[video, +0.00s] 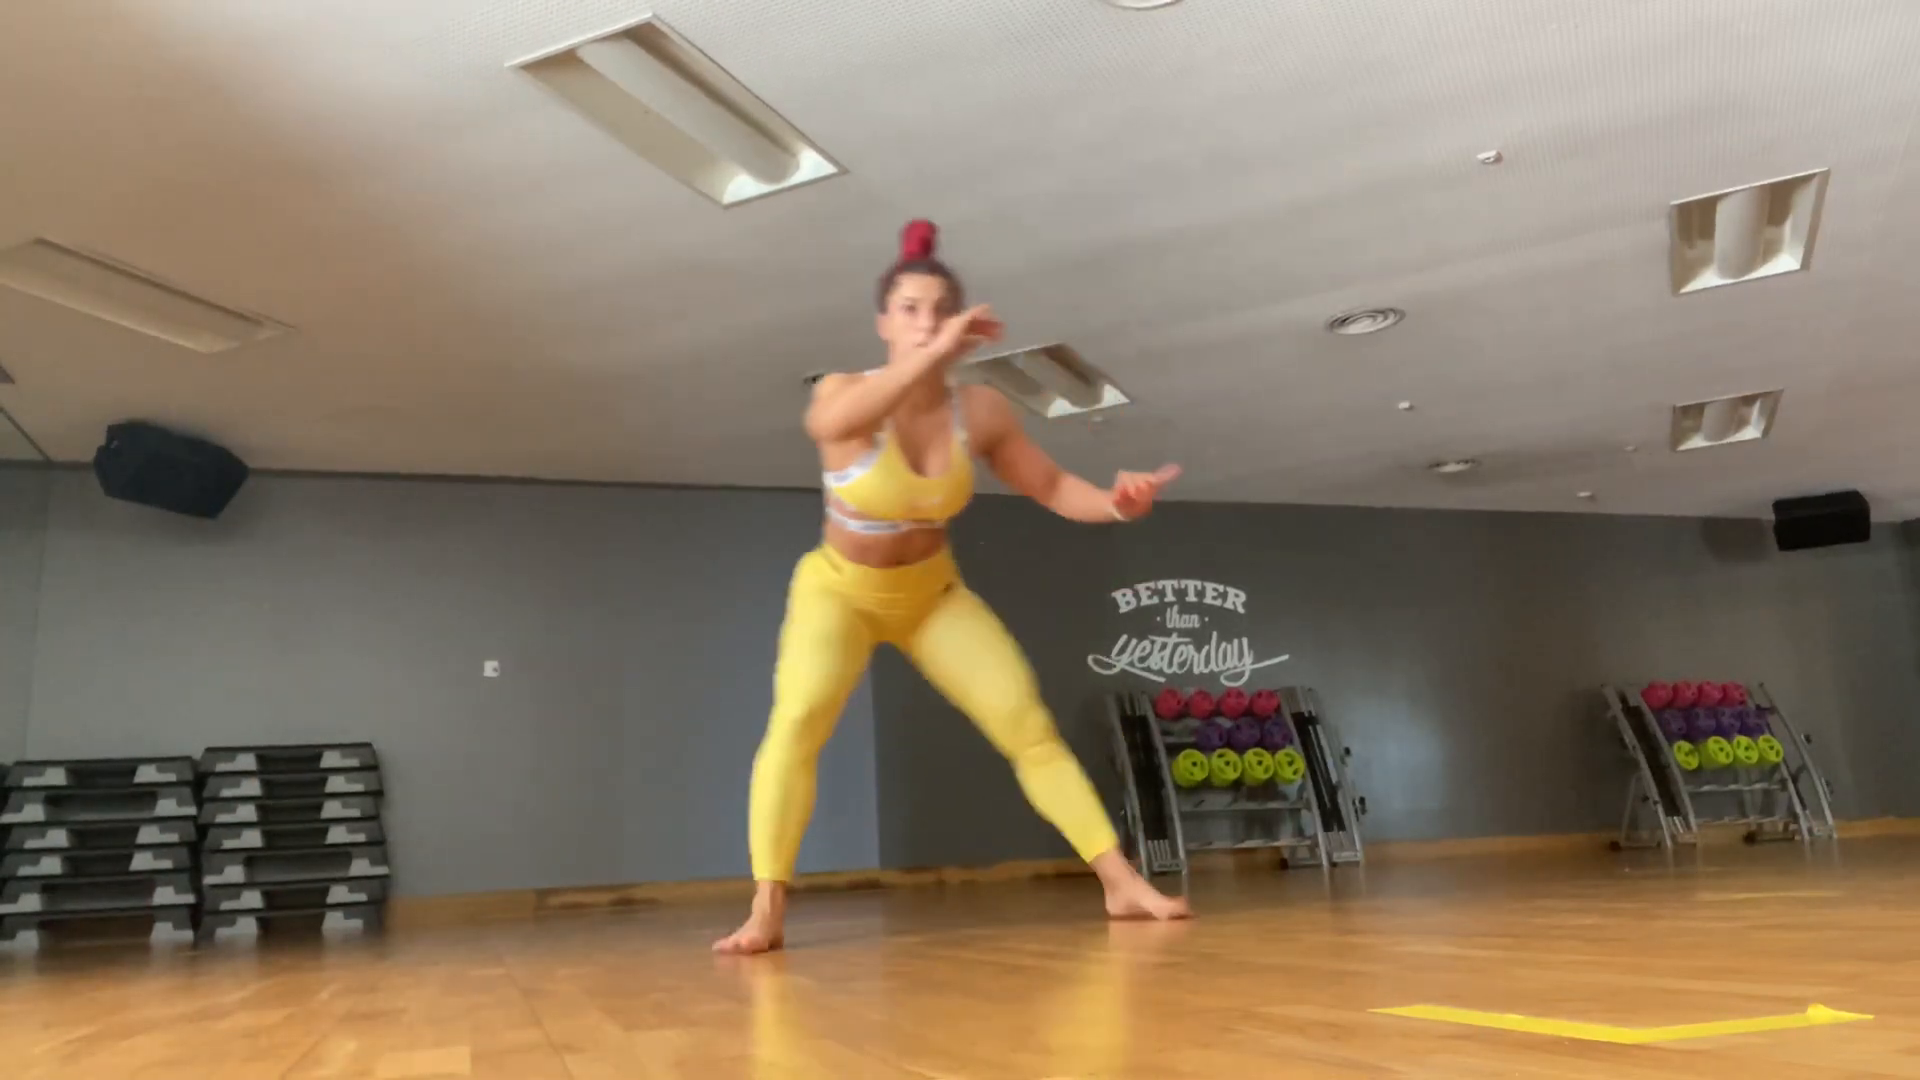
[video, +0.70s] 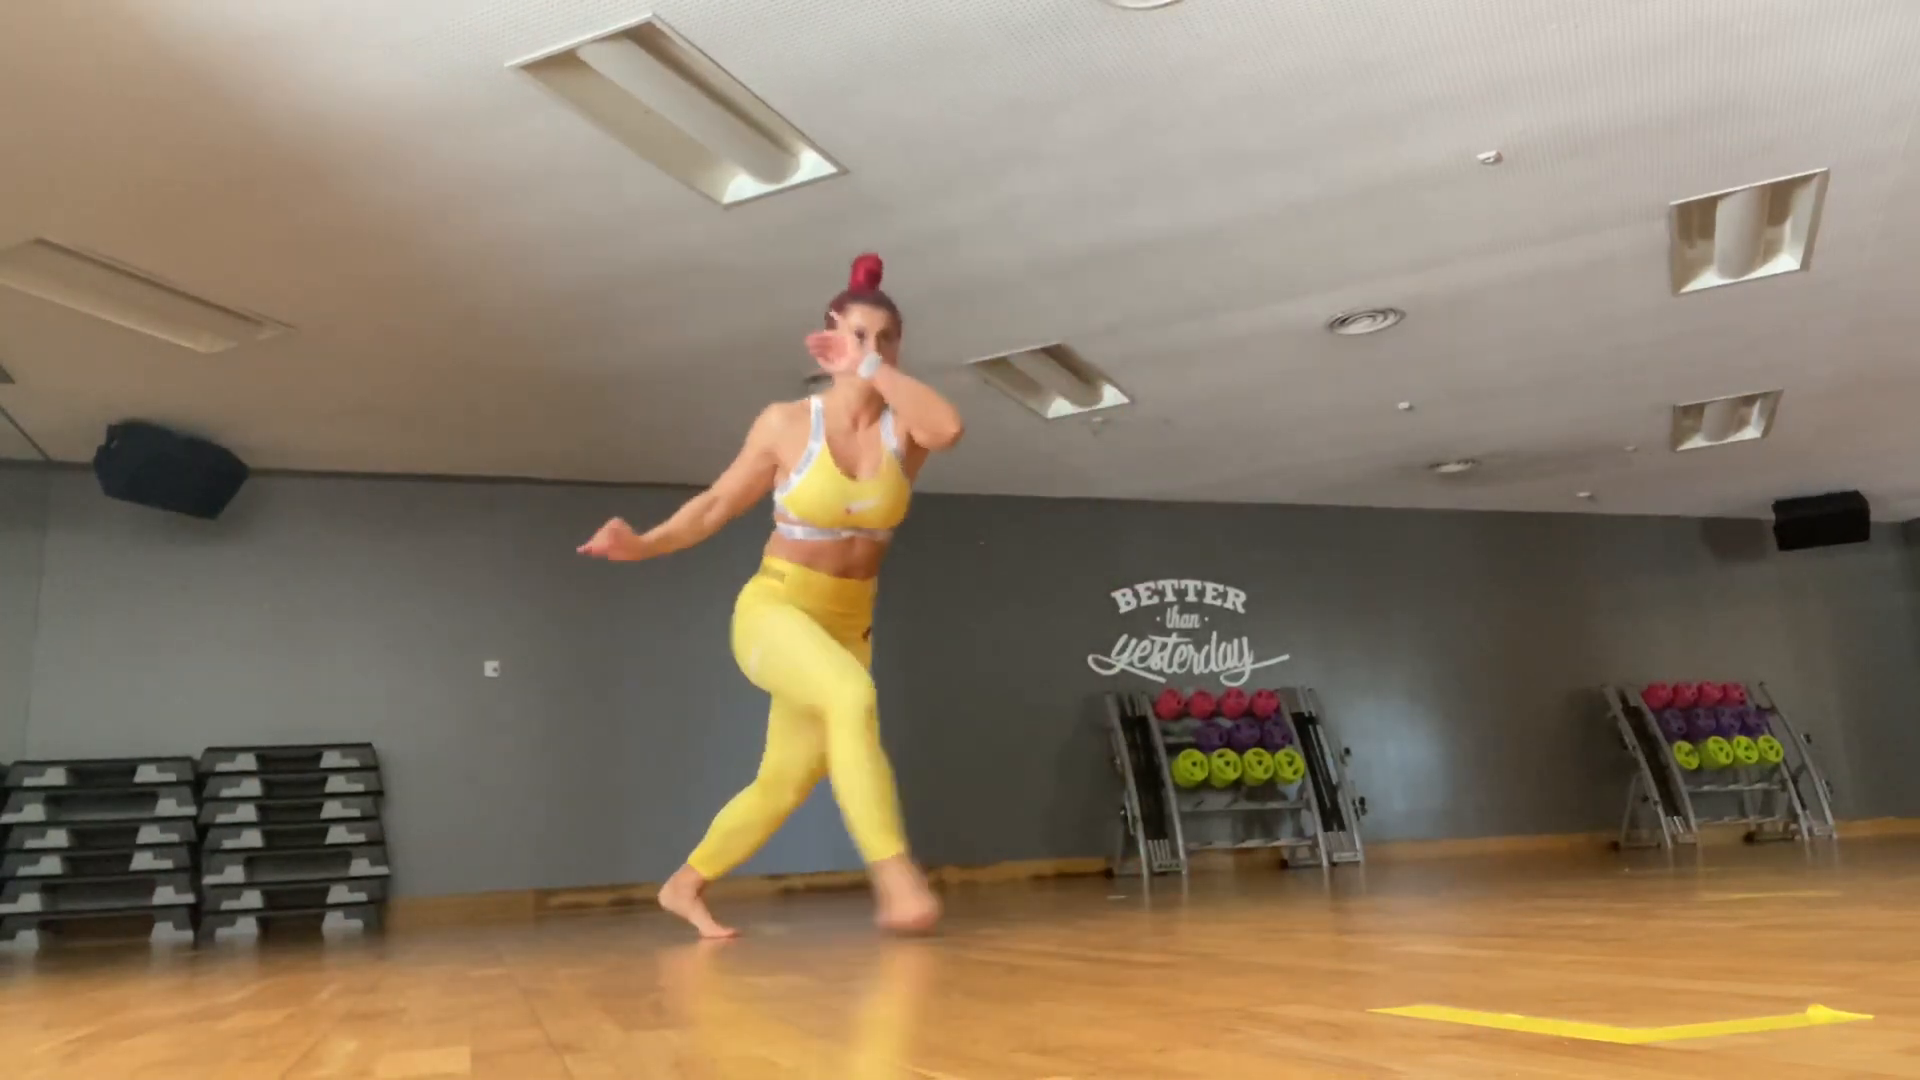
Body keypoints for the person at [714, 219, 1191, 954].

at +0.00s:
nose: (927, 326)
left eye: (941, 312)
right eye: (910, 309)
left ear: (960, 325)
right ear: (881, 321)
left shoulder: (978, 410)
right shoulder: (842, 393)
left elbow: (1051, 486)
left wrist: (1111, 504)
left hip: (934, 594)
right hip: (838, 591)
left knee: (1025, 722)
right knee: (797, 723)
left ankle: (1118, 881)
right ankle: (767, 911)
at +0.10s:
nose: (892, 317)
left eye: (907, 303)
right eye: (874, 303)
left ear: (924, 316)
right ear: (845, 315)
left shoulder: (946, 402)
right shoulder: (805, 391)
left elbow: (1031, 465)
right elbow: (750, 455)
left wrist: (1088, 469)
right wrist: (838, 398)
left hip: (893, 589)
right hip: (800, 583)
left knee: (969, 732)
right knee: (769, 722)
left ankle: (1061, 879)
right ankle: (762, 910)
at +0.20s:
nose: (861, 301)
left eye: (875, 288)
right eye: (844, 285)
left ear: (892, 306)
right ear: (814, 302)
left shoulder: (918, 386)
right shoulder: (767, 389)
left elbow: (1022, 431)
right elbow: (686, 468)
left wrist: (1047, 400)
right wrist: (641, 505)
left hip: (865, 580)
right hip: (772, 575)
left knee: (891, 731)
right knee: (753, 724)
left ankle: (897, 873)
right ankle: (757, 909)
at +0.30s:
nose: (853, 286)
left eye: (866, 275)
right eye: (836, 273)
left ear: (881, 296)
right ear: (805, 291)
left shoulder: (904, 374)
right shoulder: (757, 382)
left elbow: (1011, 396)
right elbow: (665, 478)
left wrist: (993, 344)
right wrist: (586, 539)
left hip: (852, 580)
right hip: (765, 571)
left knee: (842, 726)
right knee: (754, 719)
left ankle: (813, 848)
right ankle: (756, 905)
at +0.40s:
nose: (839, 275)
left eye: (853, 265)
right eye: (826, 264)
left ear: (876, 287)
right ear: (803, 283)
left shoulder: (893, 364)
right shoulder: (759, 372)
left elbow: (963, 356)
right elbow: (688, 462)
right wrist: (612, 519)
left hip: (843, 582)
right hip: (763, 564)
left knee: (793, 733)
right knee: (753, 717)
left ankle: (738, 859)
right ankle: (747, 890)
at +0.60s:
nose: (859, 324)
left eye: (869, 314)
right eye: (846, 309)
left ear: (877, 323)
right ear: (812, 313)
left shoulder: (887, 402)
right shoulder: (767, 397)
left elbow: (924, 397)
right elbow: (703, 483)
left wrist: (842, 333)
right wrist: (632, 532)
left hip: (833, 601)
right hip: (761, 583)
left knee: (781, 753)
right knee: (818, 714)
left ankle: (693, 875)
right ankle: (783, 903)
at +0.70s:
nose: (873, 351)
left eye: (885, 339)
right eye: (859, 335)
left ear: (897, 351)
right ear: (828, 346)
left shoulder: (902, 426)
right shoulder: (786, 424)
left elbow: (946, 428)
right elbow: (714, 507)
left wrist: (866, 366)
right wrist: (646, 544)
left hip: (847, 626)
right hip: (775, 609)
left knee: (785, 782)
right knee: (850, 695)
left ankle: (684, 884)